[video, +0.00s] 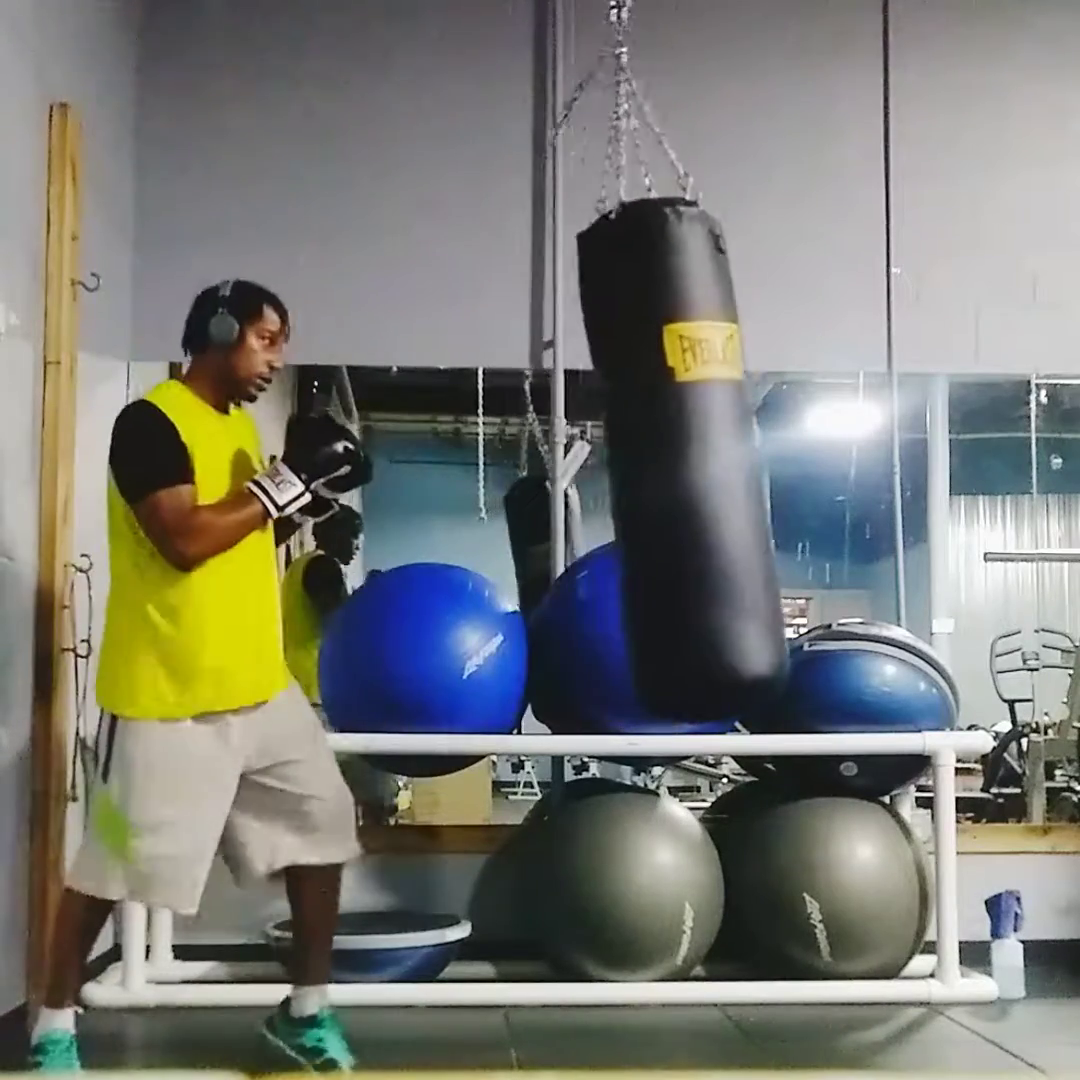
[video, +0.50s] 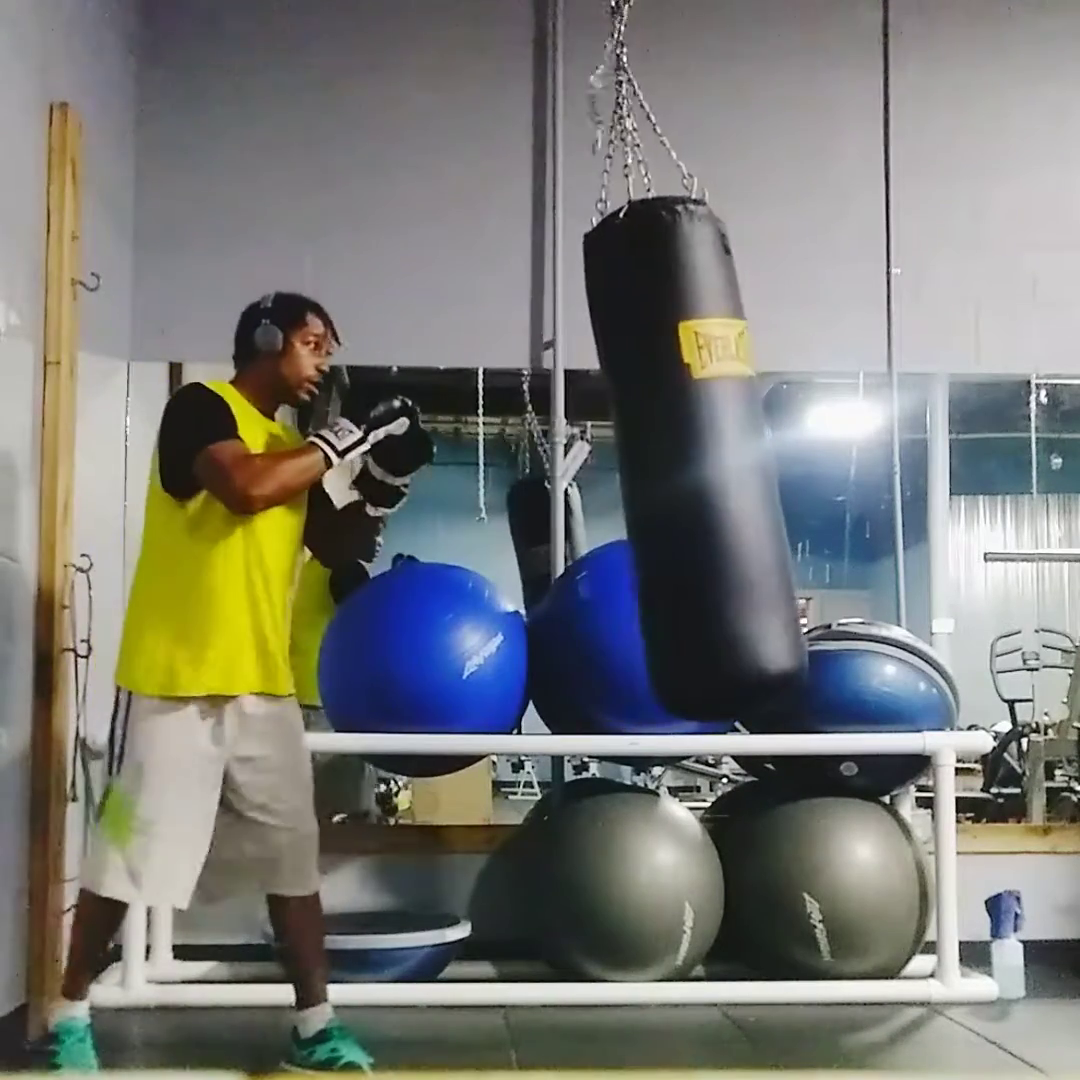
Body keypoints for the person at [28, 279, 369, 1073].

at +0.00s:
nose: (277, 357)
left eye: (281, 344)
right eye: (266, 339)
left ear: (258, 351)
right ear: (214, 335)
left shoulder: (245, 436)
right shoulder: (148, 420)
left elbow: (253, 560)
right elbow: (183, 540)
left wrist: (310, 536)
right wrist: (281, 490)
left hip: (257, 682)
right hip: (163, 690)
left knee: (325, 821)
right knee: (109, 861)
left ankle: (308, 1010)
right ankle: (52, 1024)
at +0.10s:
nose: (276, 346)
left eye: (279, 333)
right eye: (265, 327)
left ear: (251, 339)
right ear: (214, 326)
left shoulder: (242, 424)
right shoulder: (150, 405)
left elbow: (243, 547)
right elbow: (187, 518)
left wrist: (303, 520)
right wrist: (279, 472)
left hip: (256, 672)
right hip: (161, 681)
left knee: (324, 825)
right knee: (103, 858)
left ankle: (322, 1006)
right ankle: (53, 1022)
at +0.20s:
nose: (279, 353)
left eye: (281, 340)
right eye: (267, 335)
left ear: (261, 351)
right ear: (217, 336)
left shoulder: (247, 441)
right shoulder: (156, 414)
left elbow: (244, 562)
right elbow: (200, 518)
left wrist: (298, 533)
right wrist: (287, 468)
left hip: (253, 689)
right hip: (162, 693)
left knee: (313, 845)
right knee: (104, 871)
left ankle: (319, 1022)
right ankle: (52, 1033)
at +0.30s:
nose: (297, 362)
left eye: (299, 349)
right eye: (286, 344)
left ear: (261, 352)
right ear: (239, 342)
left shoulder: (262, 450)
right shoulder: (170, 417)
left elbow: (268, 570)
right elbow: (218, 515)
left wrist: (327, 527)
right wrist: (310, 467)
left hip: (253, 690)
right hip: (163, 692)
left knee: (303, 852)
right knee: (106, 874)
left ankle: (317, 1027)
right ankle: (52, 1034)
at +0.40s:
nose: (319, 363)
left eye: (323, 351)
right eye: (310, 345)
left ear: (290, 354)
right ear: (264, 341)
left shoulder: (284, 447)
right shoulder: (191, 405)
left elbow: (306, 554)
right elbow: (239, 494)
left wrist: (361, 498)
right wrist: (326, 457)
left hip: (258, 675)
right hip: (168, 669)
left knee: (292, 854)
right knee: (112, 858)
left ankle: (316, 1027)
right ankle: (53, 1028)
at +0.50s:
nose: (325, 360)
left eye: (329, 350)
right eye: (314, 343)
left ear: (307, 360)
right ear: (268, 340)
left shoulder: (293, 446)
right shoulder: (198, 404)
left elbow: (333, 548)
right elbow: (247, 485)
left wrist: (374, 490)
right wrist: (340, 443)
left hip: (262, 677)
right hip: (174, 670)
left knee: (292, 851)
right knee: (128, 853)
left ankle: (316, 1026)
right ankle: (67, 1015)